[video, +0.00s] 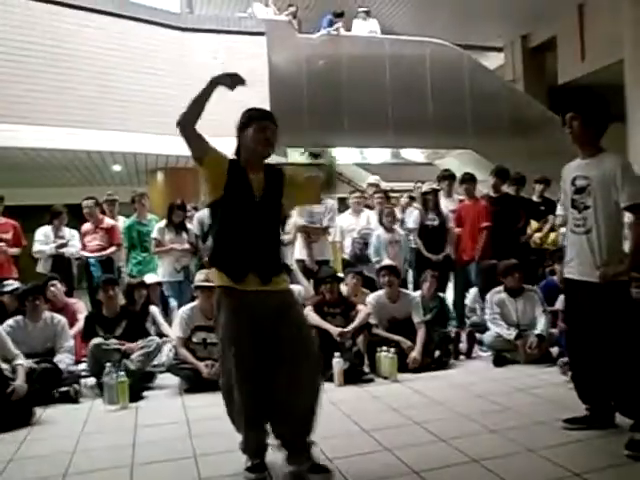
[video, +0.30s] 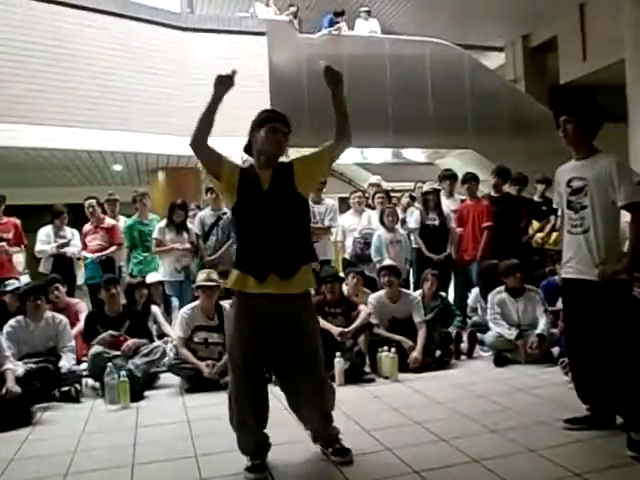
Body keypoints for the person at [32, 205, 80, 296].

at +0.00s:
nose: (62, 222)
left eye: (63, 219)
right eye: (59, 219)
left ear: (66, 219)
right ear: (53, 219)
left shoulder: (73, 233)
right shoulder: (42, 231)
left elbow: (76, 251)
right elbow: (36, 251)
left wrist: (61, 251)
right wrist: (54, 247)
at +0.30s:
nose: (63, 222)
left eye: (65, 219)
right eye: (60, 219)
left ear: (67, 219)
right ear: (54, 219)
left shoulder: (73, 232)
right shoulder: (44, 231)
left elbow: (77, 250)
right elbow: (38, 251)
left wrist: (63, 251)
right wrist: (55, 247)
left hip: (68, 265)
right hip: (52, 266)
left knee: (69, 294)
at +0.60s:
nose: (63, 222)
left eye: (65, 219)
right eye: (60, 219)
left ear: (67, 219)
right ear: (54, 220)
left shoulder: (73, 233)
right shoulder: (44, 231)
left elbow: (77, 250)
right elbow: (38, 250)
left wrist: (63, 251)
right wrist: (55, 247)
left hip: (68, 268)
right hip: (49, 268)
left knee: (69, 297)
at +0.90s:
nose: (63, 222)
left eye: (65, 219)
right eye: (60, 219)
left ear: (68, 219)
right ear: (54, 219)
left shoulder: (74, 232)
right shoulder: (45, 231)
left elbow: (78, 249)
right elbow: (39, 249)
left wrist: (65, 251)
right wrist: (56, 247)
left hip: (68, 265)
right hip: (51, 264)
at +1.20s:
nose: (64, 222)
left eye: (66, 218)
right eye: (61, 219)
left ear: (68, 219)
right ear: (56, 219)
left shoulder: (74, 232)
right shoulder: (46, 231)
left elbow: (79, 250)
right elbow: (39, 249)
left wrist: (66, 251)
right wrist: (56, 247)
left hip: (69, 264)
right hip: (52, 264)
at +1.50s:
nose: (65, 222)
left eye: (67, 219)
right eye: (63, 219)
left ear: (69, 219)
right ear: (56, 219)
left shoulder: (74, 232)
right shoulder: (46, 231)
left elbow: (79, 250)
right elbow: (39, 249)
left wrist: (66, 251)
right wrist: (56, 248)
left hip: (69, 266)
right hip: (52, 266)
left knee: (69, 295)